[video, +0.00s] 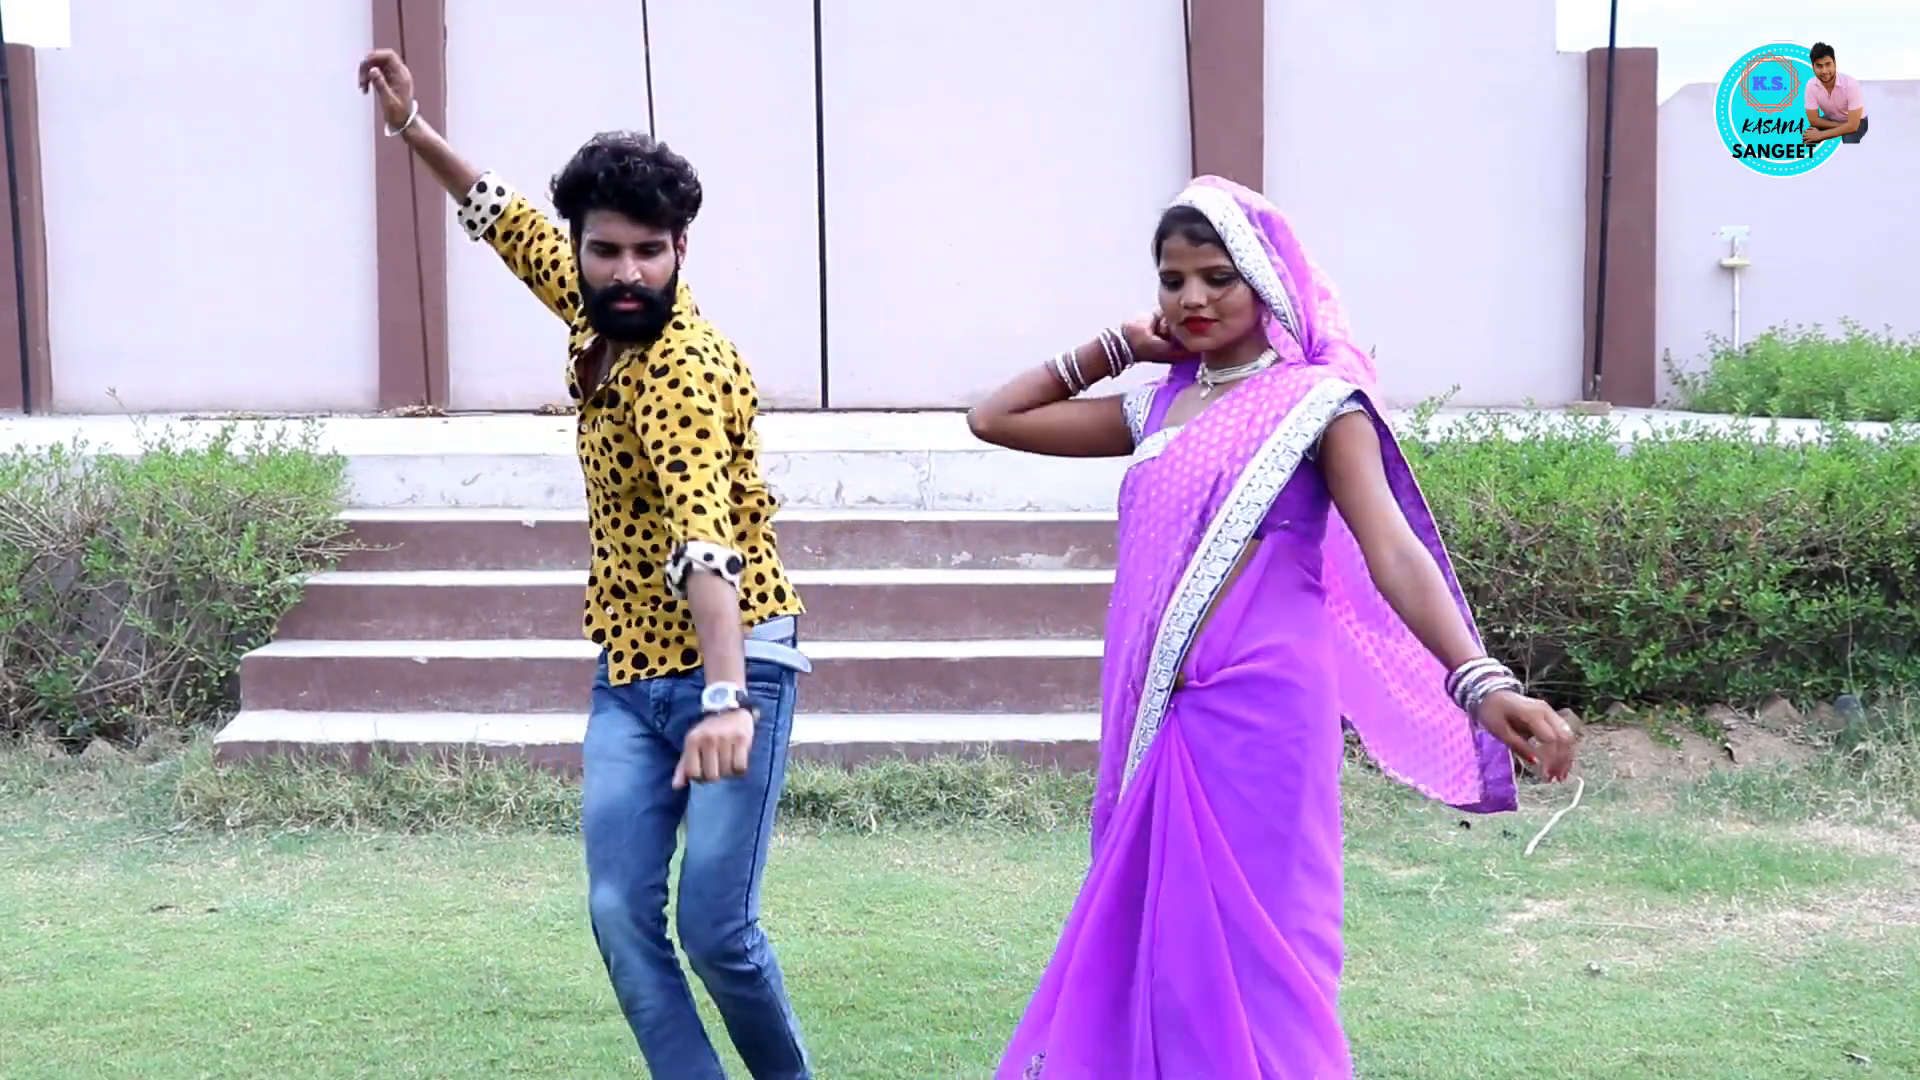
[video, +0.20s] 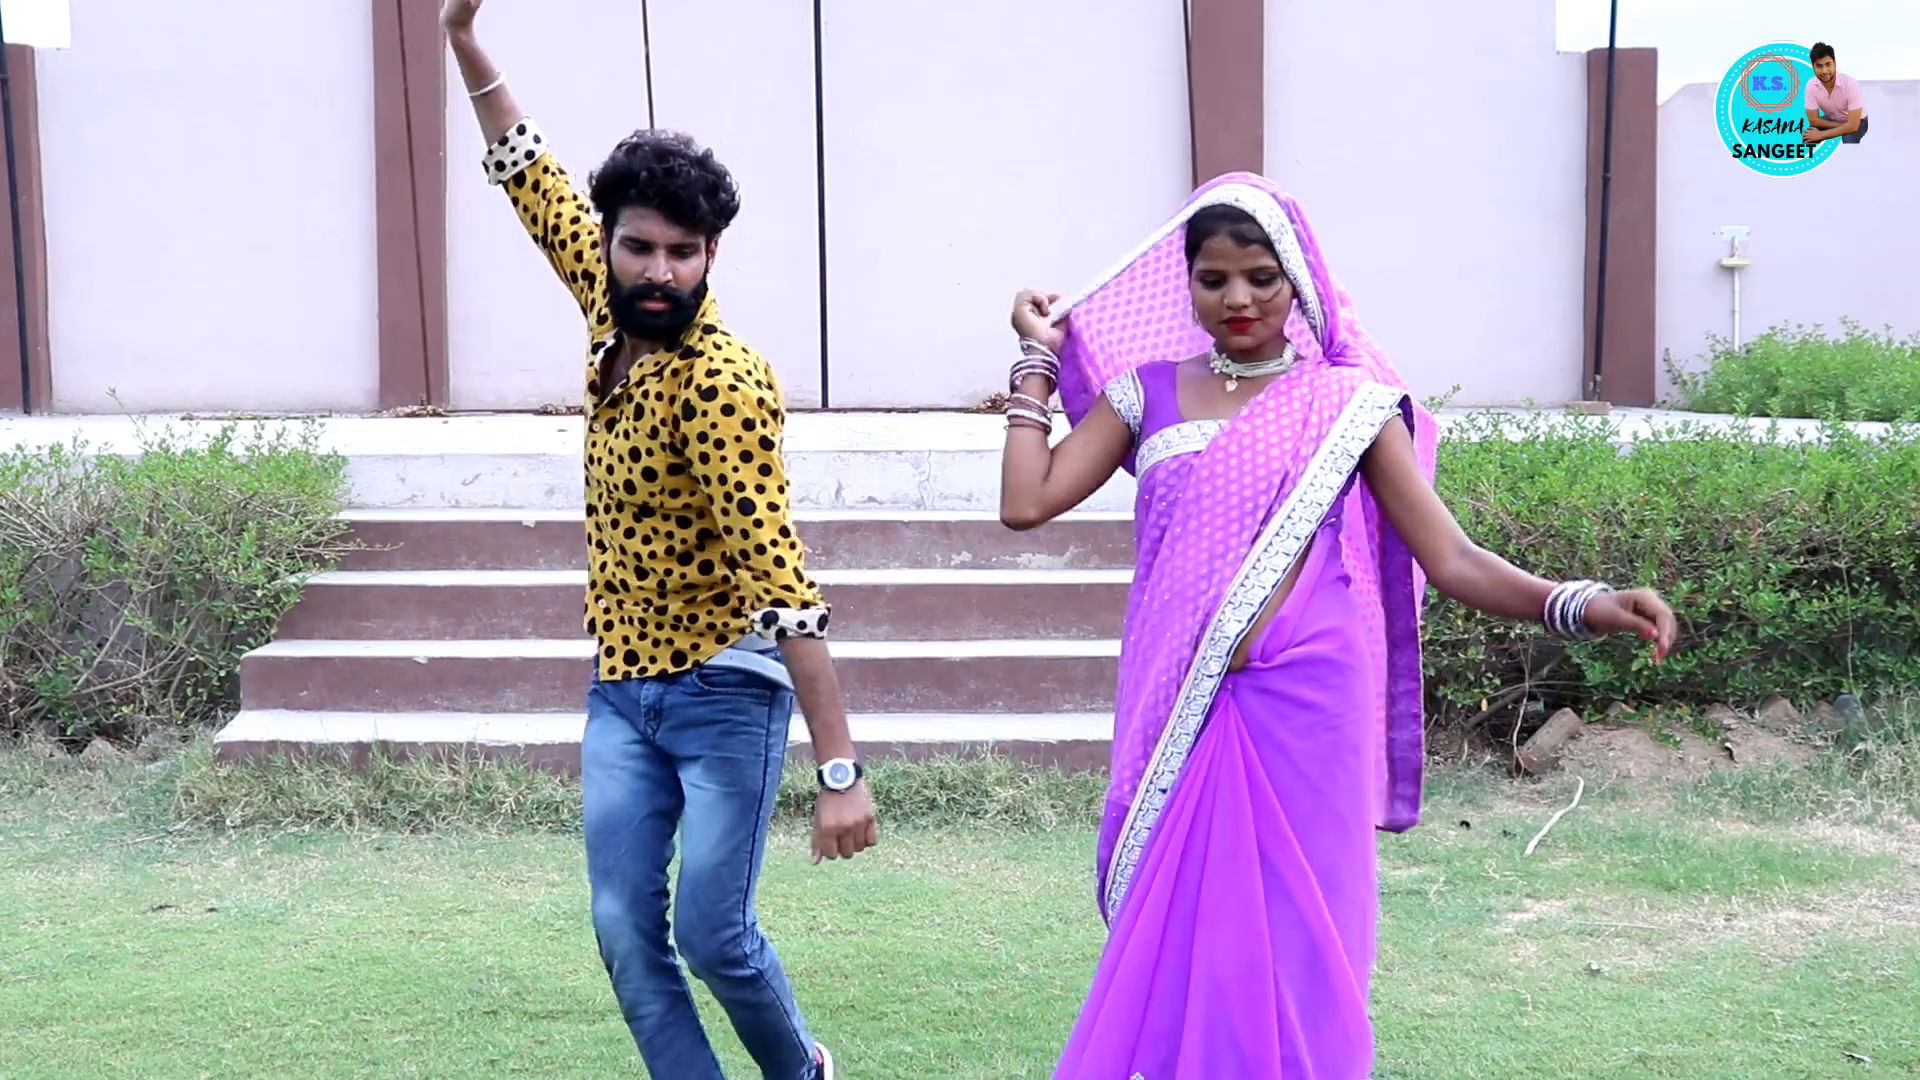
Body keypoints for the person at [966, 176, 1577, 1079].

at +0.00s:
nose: (1195, 299)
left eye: (1218, 277)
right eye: (1177, 281)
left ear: (1268, 282)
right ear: (1162, 292)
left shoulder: (1321, 400)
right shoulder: (1164, 405)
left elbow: (1396, 555)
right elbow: (996, 418)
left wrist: (1483, 683)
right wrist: (1116, 348)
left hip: (1257, 711)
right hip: (1147, 709)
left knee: (1249, 951)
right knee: (1144, 943)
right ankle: (1155, 1075)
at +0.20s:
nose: (1238, 299)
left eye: (1260, 277)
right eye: (1213, 279)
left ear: (1295, 279)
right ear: (1188, 283)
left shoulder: (1354, 401)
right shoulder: (1150, 394)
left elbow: (1454, 560)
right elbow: (1025, 501)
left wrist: (1583, 605)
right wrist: (1034, 361)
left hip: (1310, 702)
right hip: (1174, 699)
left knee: (1303, 941)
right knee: (1171, 936)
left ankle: (1300, 1071)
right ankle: (1177, 1075)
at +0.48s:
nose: (1283, 316)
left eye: (1301, 294)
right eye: (1258, 298)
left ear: (1330, 295)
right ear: (1225, 302)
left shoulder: (1367, 414)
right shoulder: (1171, 406)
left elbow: (1454, 578)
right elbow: (1122, 585)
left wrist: (1580, 498)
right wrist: (1062, 502)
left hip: (1341, 710)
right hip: (1212, 713)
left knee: (1335, 964)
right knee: (1241, 961)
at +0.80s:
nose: (1270, 255)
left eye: (1292, 236)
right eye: (1251, 237)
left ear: (1330, 247)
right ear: (1230, 250)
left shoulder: (1387, 370)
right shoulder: (1190, 376)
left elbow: (1450, 535)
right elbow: (1139, 543)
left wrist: (1550, 581)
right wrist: (1142, 596)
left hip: (1336, 671)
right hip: (1214, 672)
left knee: (1342, 911)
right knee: (1235, 912)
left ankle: (1358, 1069)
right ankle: (1246, 1070)